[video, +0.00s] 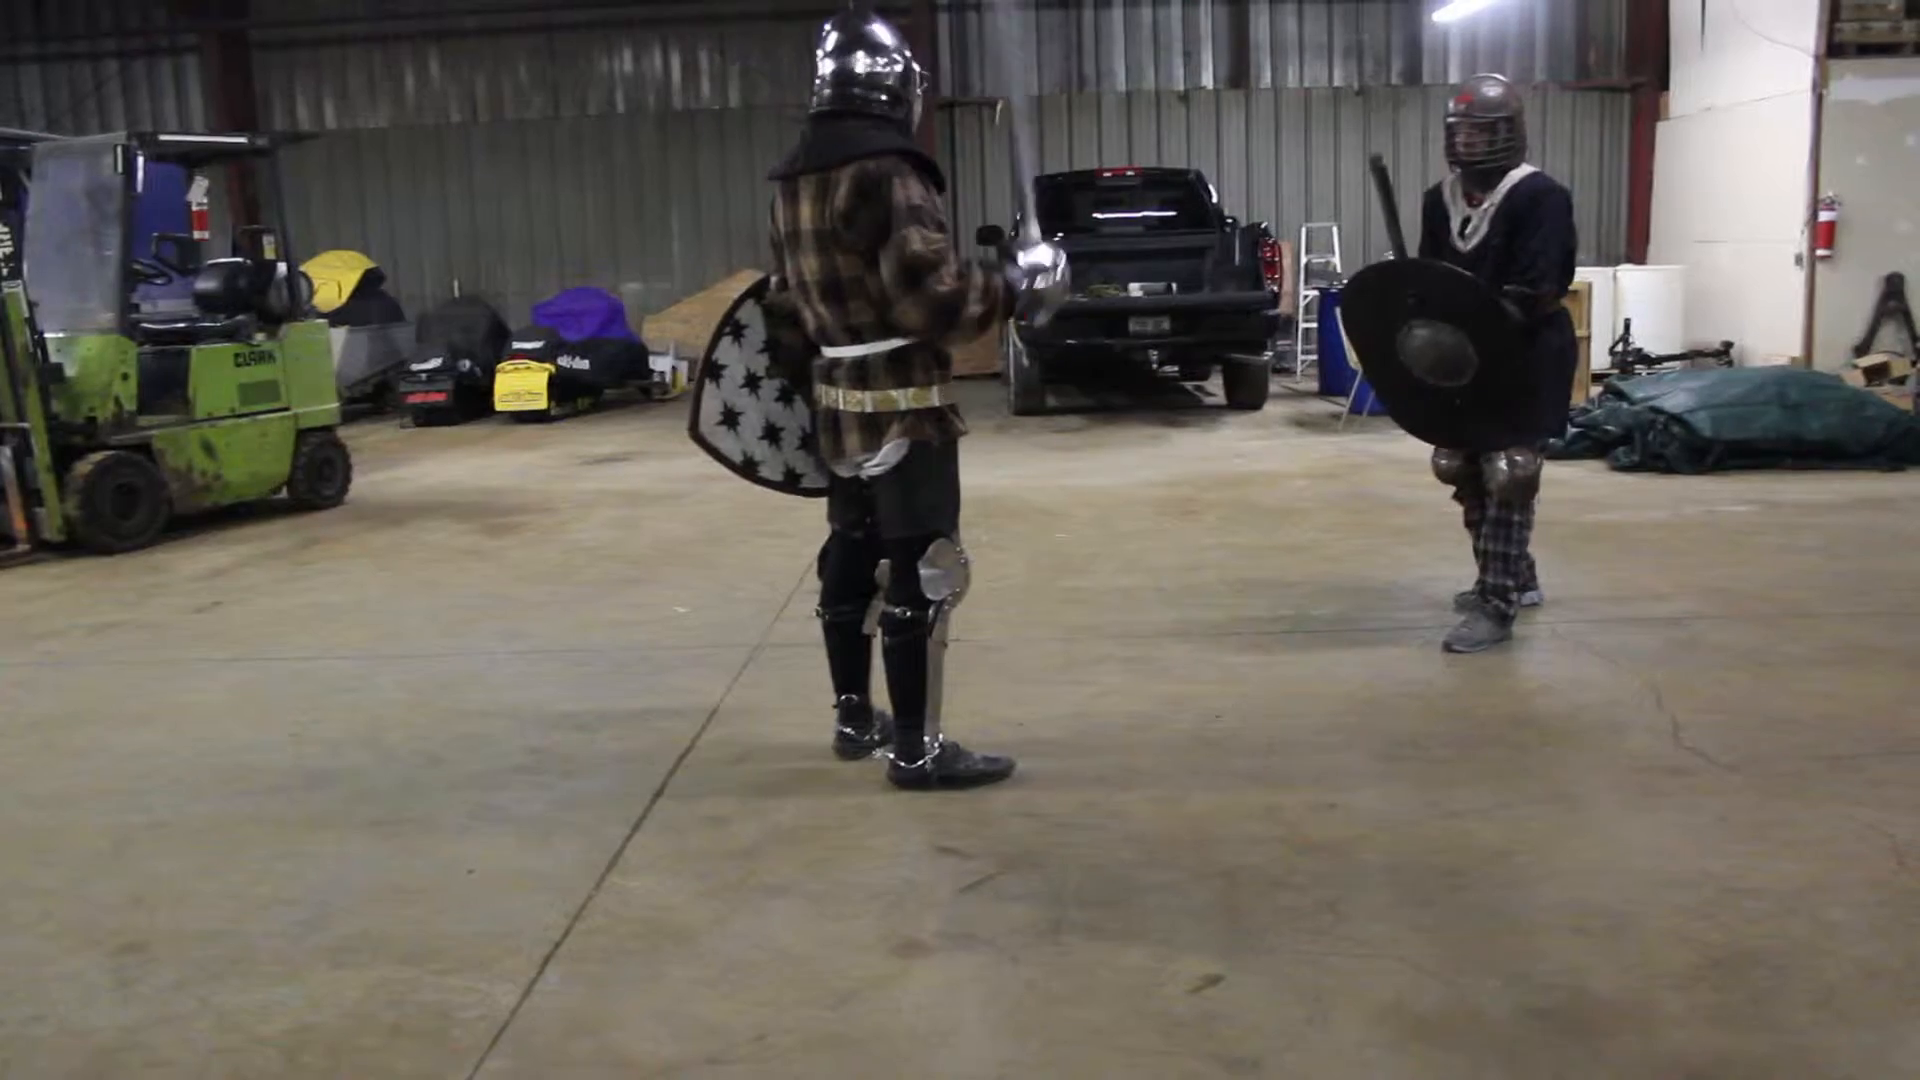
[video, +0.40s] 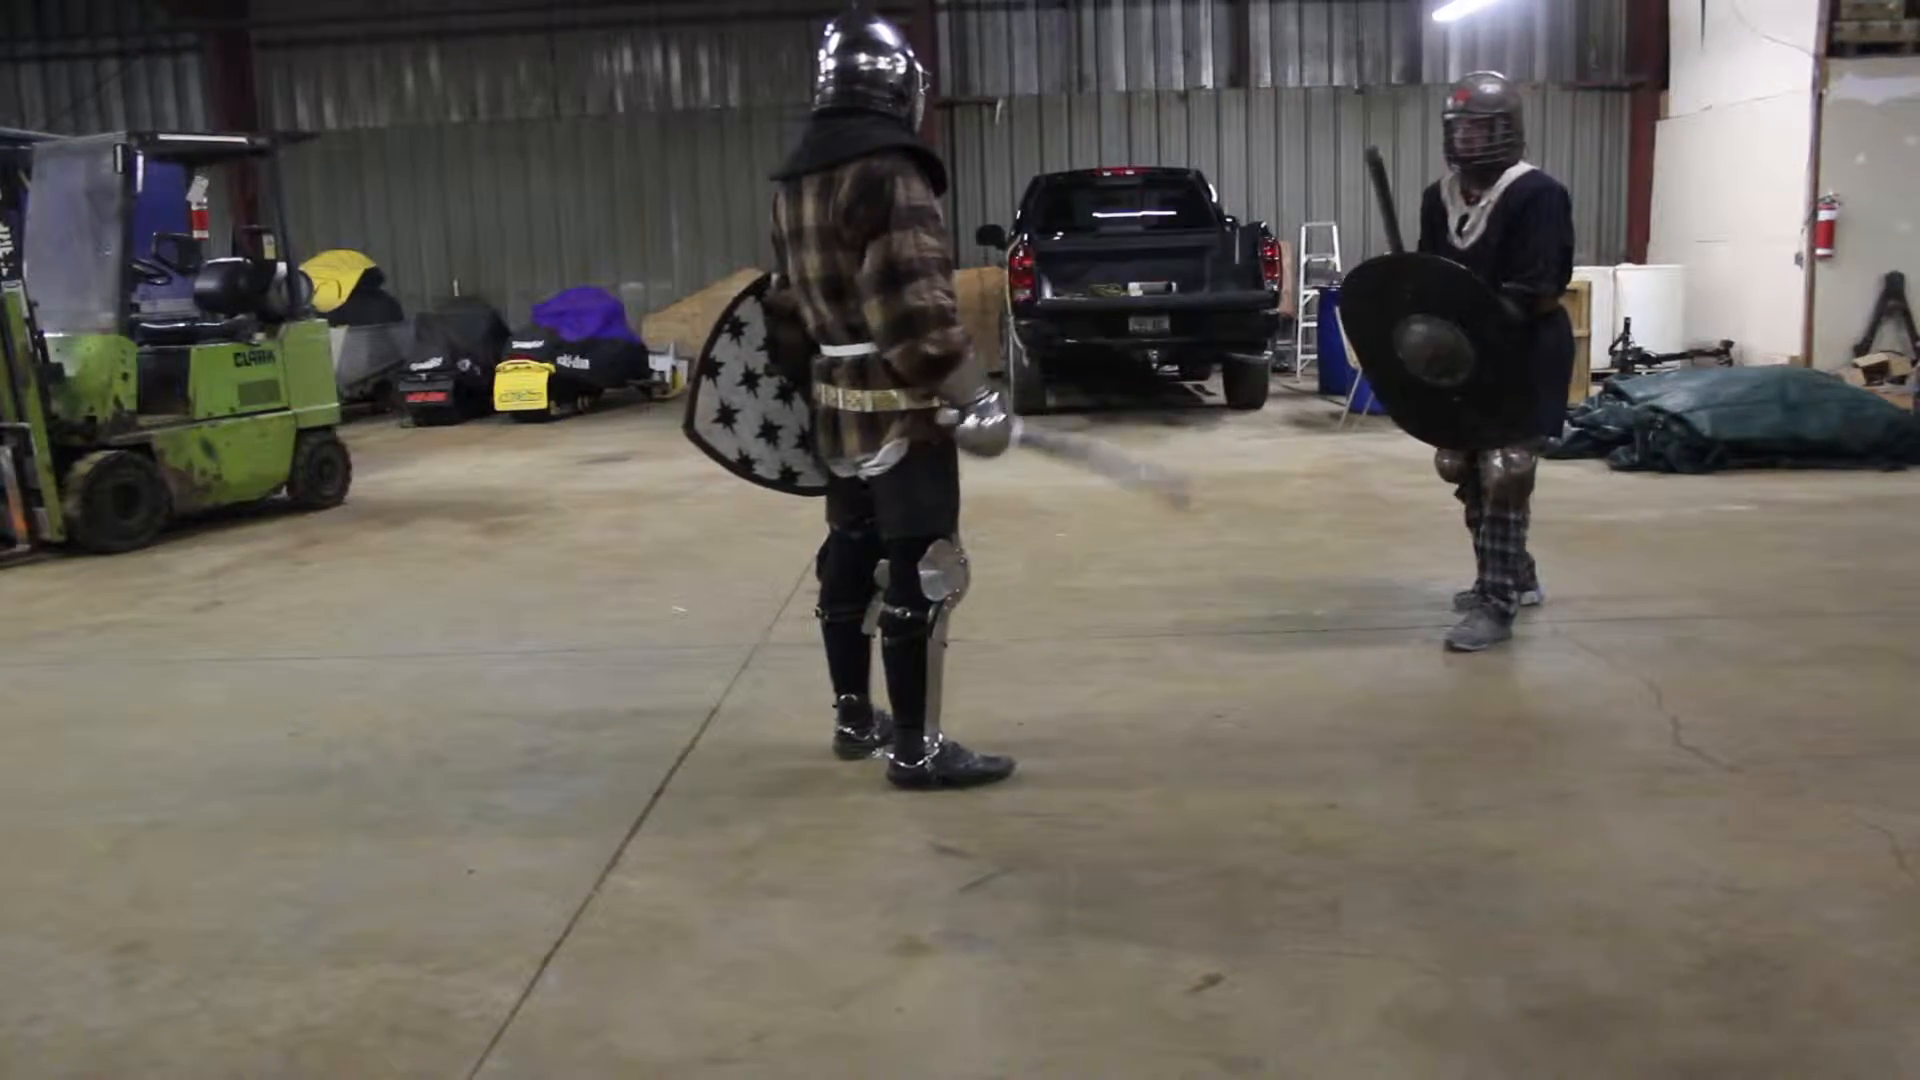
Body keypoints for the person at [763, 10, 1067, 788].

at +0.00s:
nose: (919, 106)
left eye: (916, 91)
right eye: (914, 92)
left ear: (828, 87)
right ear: (894, 91)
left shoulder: (795, 179)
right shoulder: (889, 176)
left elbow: (788, 302)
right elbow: (934, 300)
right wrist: (1014, 283)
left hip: (837, 406)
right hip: (906, 407)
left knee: (851, 549)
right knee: (922, 566)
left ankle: (854, 716)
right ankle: (919, 744)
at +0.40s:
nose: (923, 102)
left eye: (918, 88)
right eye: (917, 88)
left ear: (833, 85)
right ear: (900, 88)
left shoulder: (796, 174)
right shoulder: (892, 170)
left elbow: (785, 304)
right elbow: (915, 303)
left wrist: (820, 381)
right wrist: (970, 396)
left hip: (837, 409)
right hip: (901, 411)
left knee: (852, 551)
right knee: (920, 568)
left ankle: (855, 716)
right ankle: (917, 743)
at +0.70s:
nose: (927, 108)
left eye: (923, 94)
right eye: (923, 93)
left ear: (834, 84)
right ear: (905, 89)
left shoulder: (798, 169)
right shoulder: (896, 162)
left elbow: (784, 296)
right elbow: (897, 287)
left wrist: (808, 379)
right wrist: (921, 404)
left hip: (834, 407)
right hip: (895, 408)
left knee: (851, 546)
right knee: (920, 564)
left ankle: (854, 716)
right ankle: (918, 743)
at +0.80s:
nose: (927, 108)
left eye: (924, 93)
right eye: (923, 94)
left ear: (838, 83)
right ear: (905, 90)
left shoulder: (801, 166)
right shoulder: (891, 163)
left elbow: (786, 294)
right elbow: (888, 288)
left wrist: (814, 373)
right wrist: (925, 393)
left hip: (835, 404)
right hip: (894, 403)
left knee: (851, 549)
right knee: (920, 566)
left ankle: (854, 716)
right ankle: (918, 743)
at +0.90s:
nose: (927, 109)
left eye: (924, 94)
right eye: (923, 94)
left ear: (839, 84)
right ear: (903, 90)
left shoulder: (802, 165)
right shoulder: (885, 164)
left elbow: (790, 298)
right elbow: (884, 296)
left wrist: (821, 373)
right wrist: (945, 379)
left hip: (833, 403)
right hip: (894, 403)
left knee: (850, 547)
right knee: (916, 565)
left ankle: (855, 716)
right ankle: (917, 742)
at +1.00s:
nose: (928, 111)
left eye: (926, 95)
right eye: (923, 95)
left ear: (841, 86)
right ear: (900, 92)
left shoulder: (803, 167)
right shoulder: (882, 169)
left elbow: (792, 301)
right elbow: (887, 305)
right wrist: (964, 344)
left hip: (833, 405)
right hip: (893, 406)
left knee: (850, 549)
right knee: (916, 566)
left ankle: (854, 716)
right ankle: (917, 742)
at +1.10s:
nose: (922, 105)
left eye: (920, 90)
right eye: (917, 89)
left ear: (835, 79)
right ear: (895, 86)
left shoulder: (803, 165)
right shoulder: (878, 165)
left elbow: (794, 297)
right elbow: (887, 291)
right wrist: (979, 315)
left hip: (834, 396)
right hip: (895, 397)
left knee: (849, 549)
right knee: (917, 564)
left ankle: (855, 716)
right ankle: (919, 744)